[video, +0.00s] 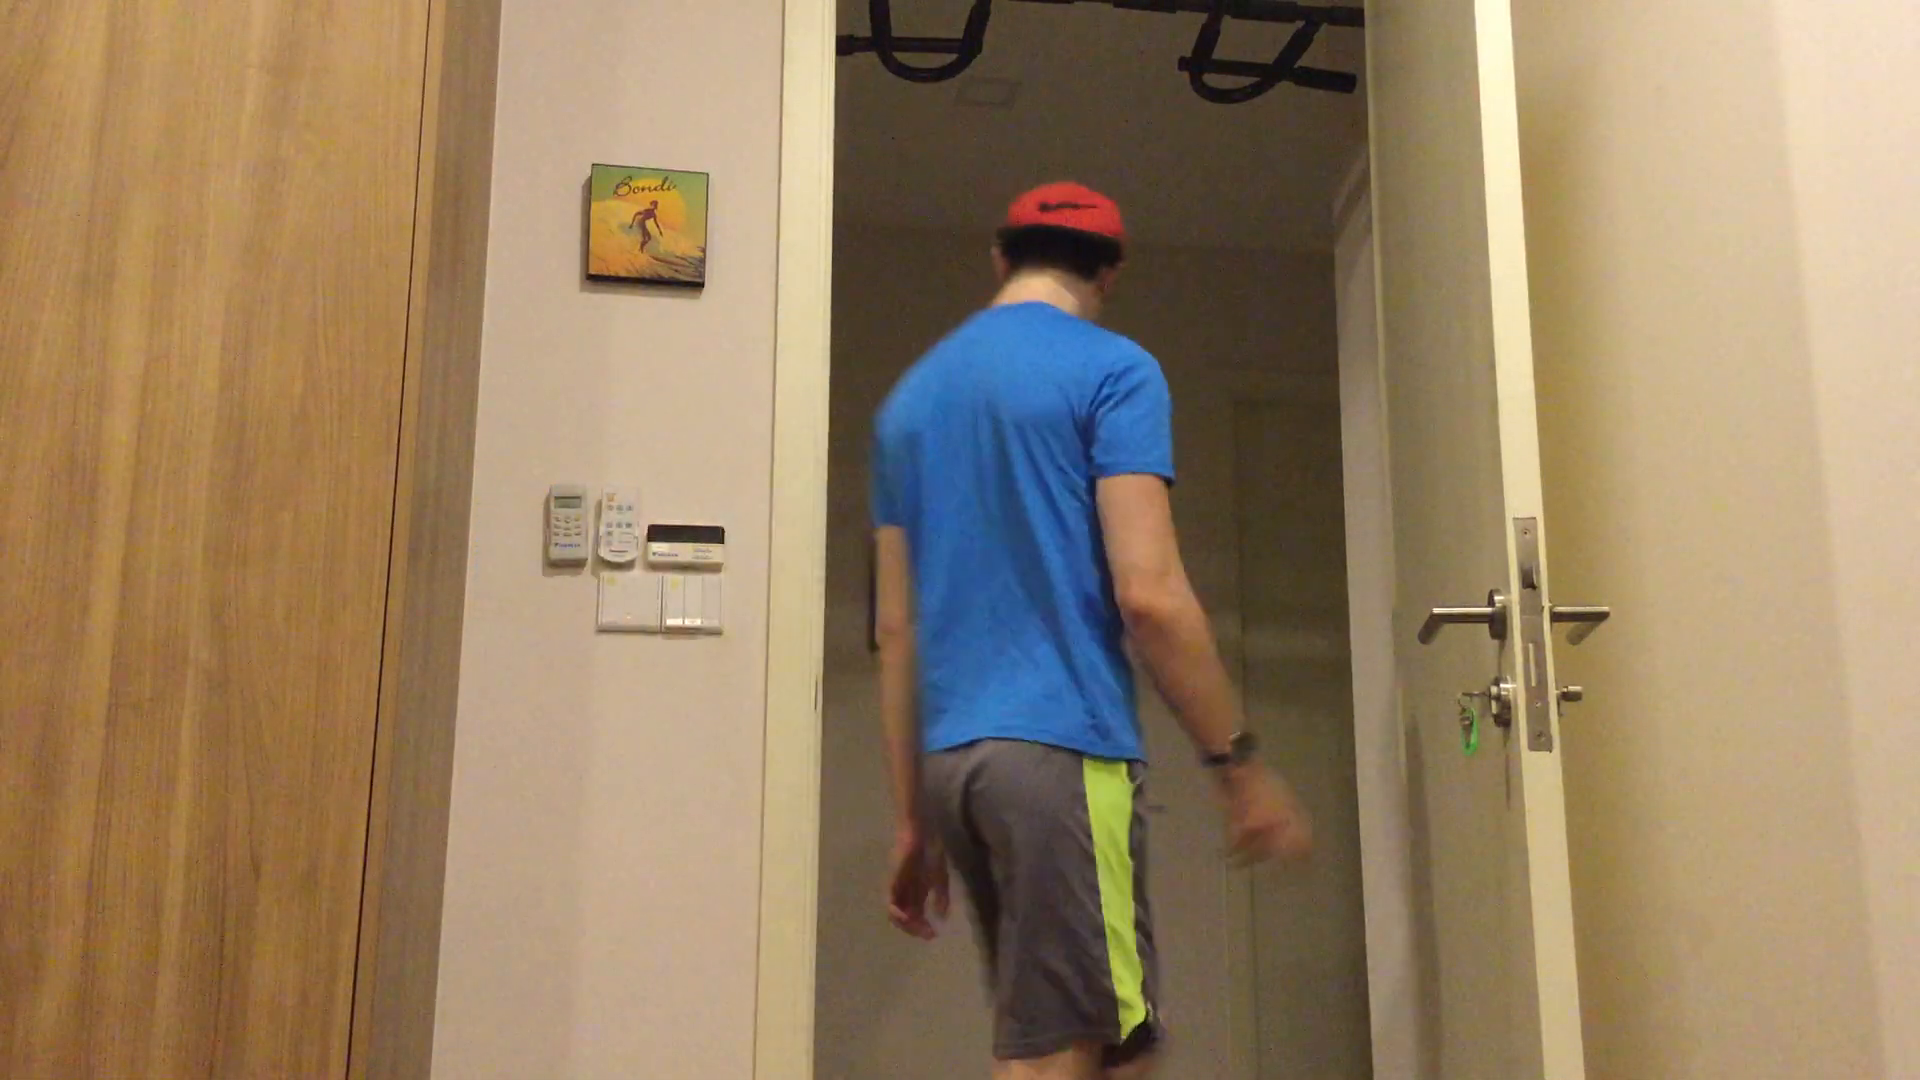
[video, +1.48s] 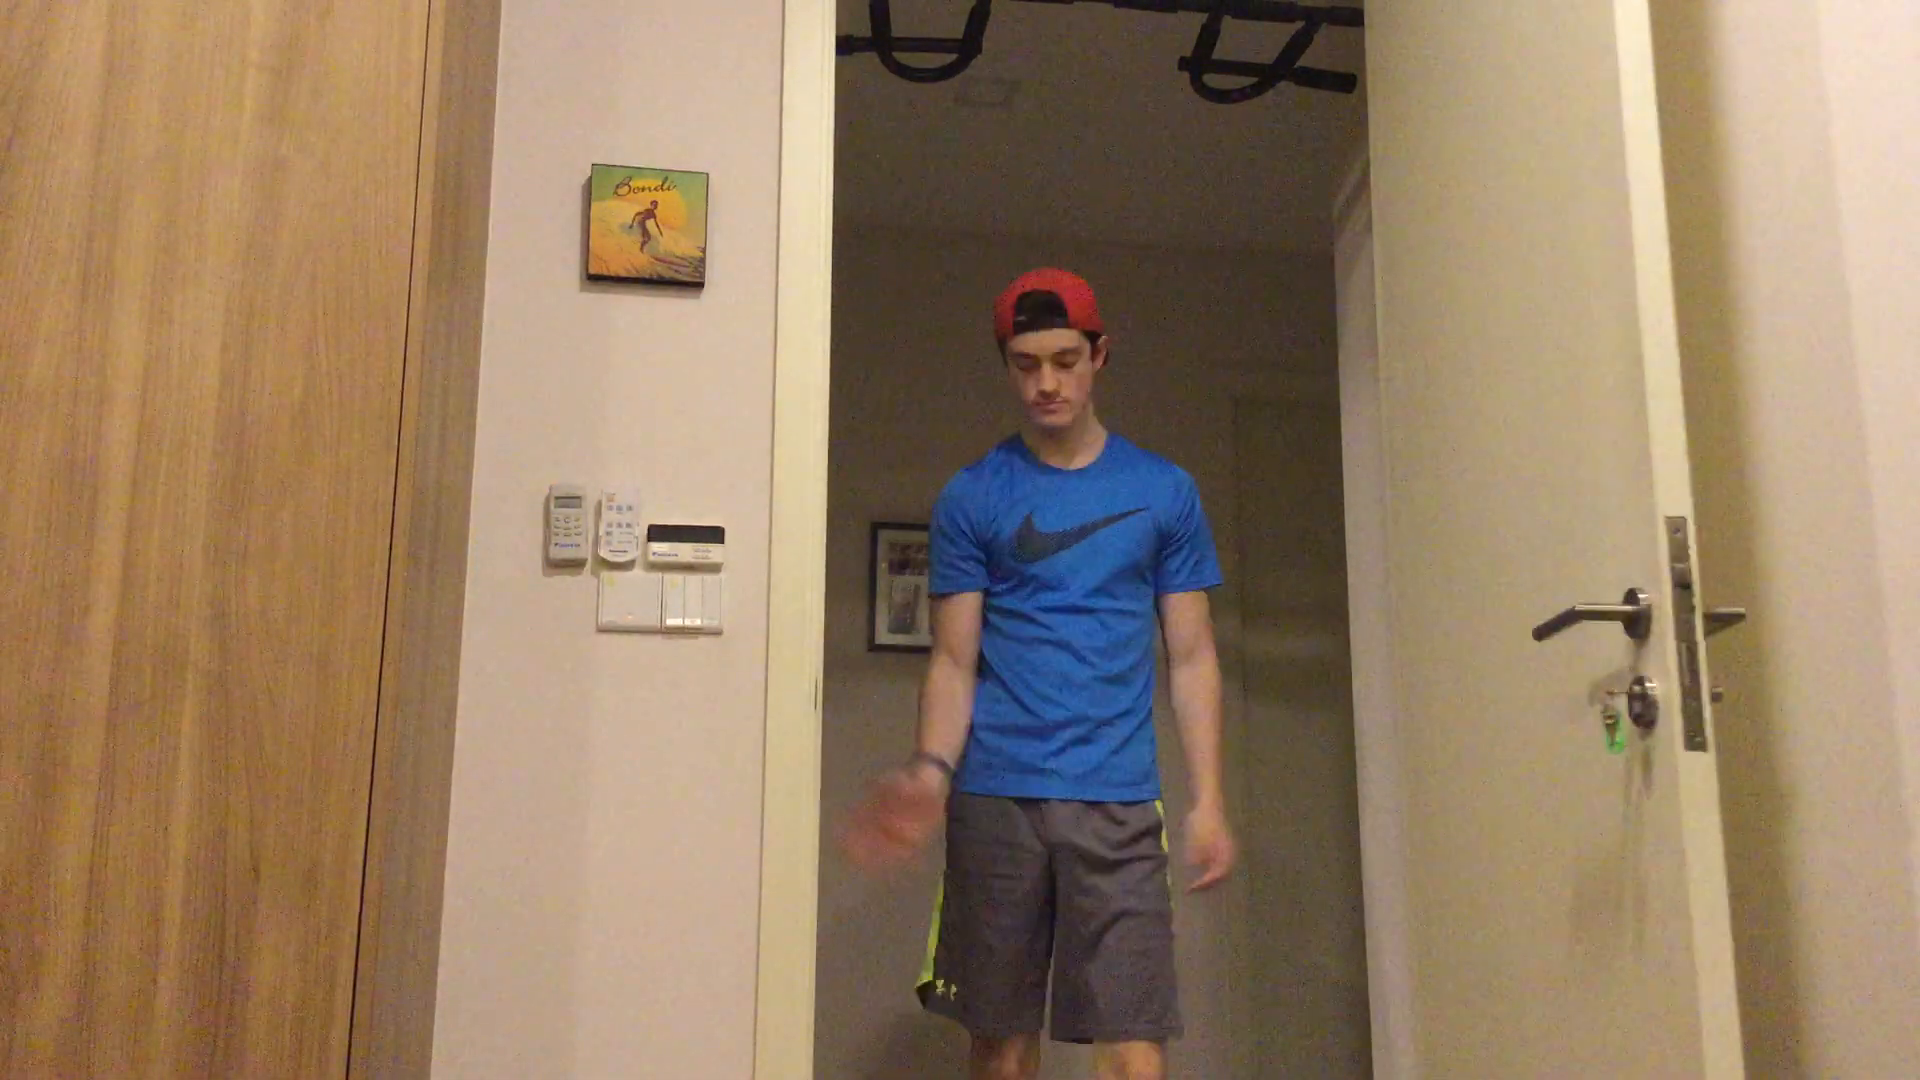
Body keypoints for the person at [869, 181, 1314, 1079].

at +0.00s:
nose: (1107, 293)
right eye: (1110, 278)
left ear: (1001, 261)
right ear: (1106, 274)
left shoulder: (909, 398)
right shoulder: (1111, 366)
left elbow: (895, 634)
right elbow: (1148, 593)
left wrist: (912, 816)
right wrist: (1240, 765)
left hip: (952, 766)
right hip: (1060, 759)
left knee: (1119, 1045)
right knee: (1047, 1054)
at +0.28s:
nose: (1183, 324)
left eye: (1184, 299)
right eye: (1173, 293)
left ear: (1109, 287)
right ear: (1118, 282)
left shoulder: (1023, 427)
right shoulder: (1106, 398)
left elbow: (1008, 656)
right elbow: (1163, 609)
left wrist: (1024, 835)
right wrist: (1329, 700)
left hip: (1086, 771)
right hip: (1127, 770)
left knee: (1168, 1054)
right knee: (1116, 1051)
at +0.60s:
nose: (1202, 314)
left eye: (1209, 299)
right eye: (1174, 299)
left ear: (1219, 315)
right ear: (1123, 324)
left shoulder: (1175, 467)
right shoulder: (1118, 434)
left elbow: (1191, 685)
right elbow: (1176, 615)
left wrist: (1250, 827)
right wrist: (1336, 710)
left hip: (1173, 789)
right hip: (1119, 778)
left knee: (1175, 1055)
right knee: (1171, 1055)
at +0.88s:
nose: (1160, 333)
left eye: (1174, 317)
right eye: (1134, 323)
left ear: (1196, 338)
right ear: (1102, 351)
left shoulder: (1233, 504)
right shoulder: (1082, 464)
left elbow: (1230, 681)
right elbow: (1089, 635)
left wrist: (1236, 836)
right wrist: (1191, 760)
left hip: (1197, 804)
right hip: (1090, 799)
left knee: (1184, 1056)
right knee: (1081, 1052)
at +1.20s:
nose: (1079, 361)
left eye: (1095, 342)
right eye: (1057, 348)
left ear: (1126, 354)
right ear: (1035, 372)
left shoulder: (1182, 508)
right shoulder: (1001, 497)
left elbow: (1220, 672)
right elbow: (974, 668)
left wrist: (1262, 818)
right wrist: (982, 823)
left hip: (1148, 814)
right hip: (1031, 812)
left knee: (1168, 1057)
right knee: (1024, 1052)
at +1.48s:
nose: (1046, 384)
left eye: (1064, 361)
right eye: (1027, 364)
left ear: (1098, 359)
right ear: (1008, 368)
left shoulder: (1163, 492)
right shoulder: (972, 499)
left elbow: (1191, 654)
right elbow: (952, 658)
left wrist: (1206, 801)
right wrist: (931, 769)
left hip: (1118, 804)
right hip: (994, 801)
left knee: (1132, 1047)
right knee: (999, 1042)